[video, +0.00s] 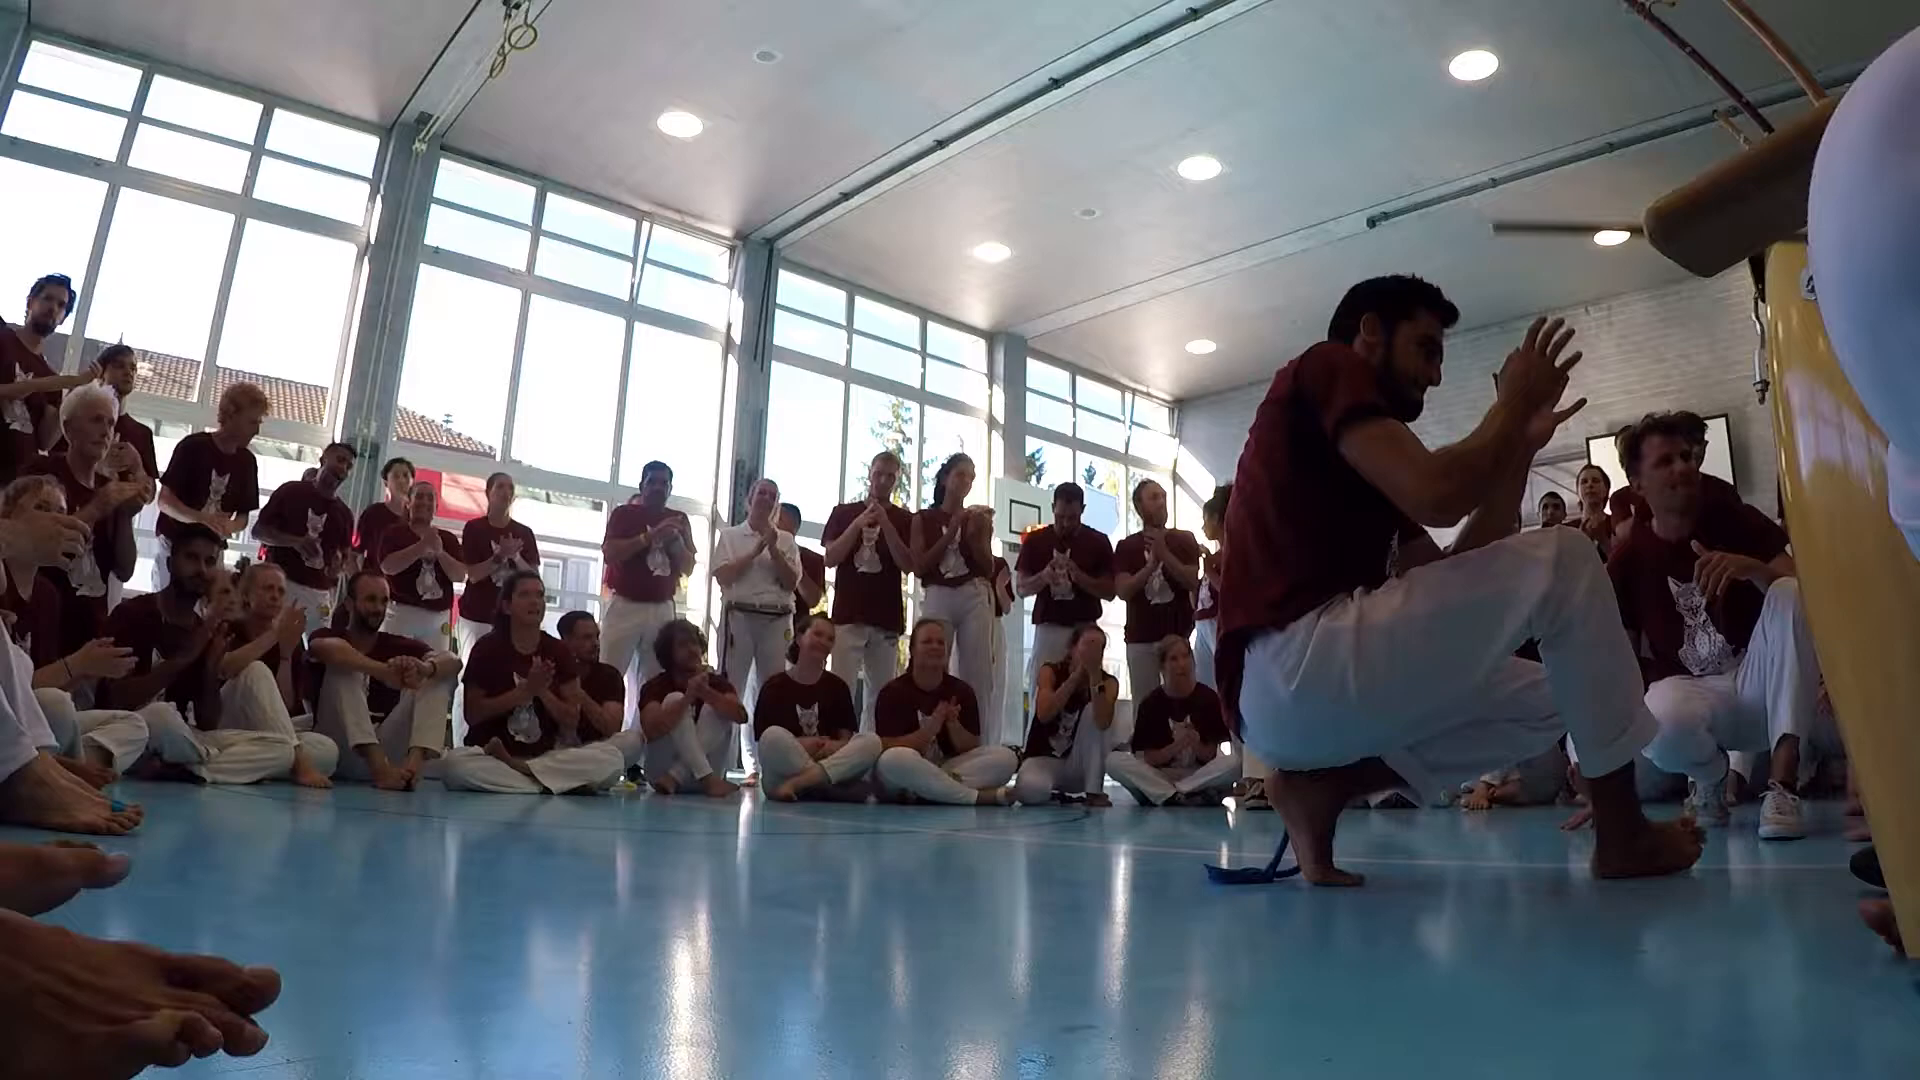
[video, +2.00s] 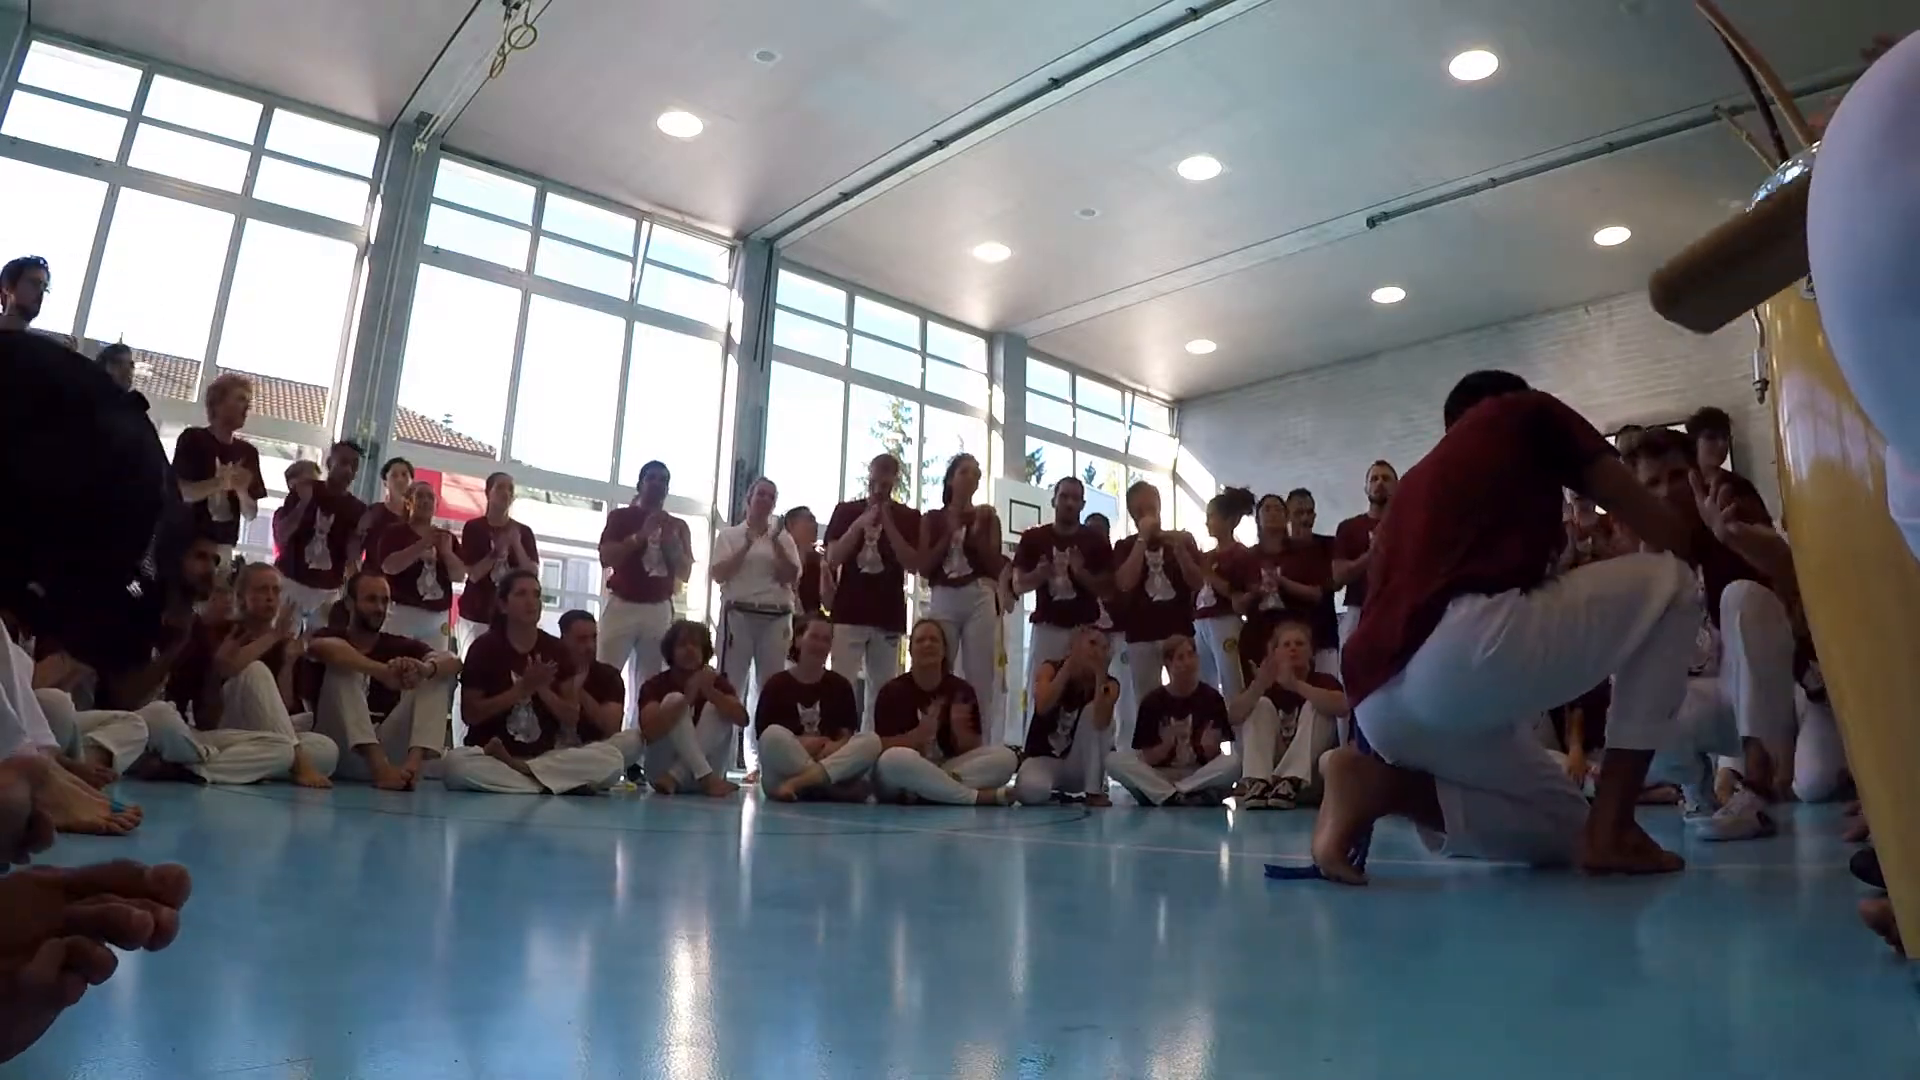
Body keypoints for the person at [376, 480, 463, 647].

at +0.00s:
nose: (425, 502)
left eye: (430, 498)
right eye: (420, 497)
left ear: (436, 506)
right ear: (409, 503)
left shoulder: (448, 538)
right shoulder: (395, 533)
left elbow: (460, 576)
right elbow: (387, 567)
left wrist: (440, 554)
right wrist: (421, 547)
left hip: (437, 615)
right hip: (400, 611)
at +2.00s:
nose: (425, 501)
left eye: (430, 497)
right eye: (420, 496)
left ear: (436, 504)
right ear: (409, 502)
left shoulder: (447, 538)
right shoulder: (395, 532)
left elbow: (459, 576)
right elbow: (388, 567)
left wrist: (447, 552)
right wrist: (422, 544)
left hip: (437, 614)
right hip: (401, 610)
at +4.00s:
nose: (429, 502)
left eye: (432, 497)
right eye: (423, 496)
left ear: (436, 502)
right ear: (407, 501)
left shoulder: (441, 537)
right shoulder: (397, 532)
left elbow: (456, 579)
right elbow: (392, 569)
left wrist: (457, 551)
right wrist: (427, 548)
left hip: (434, 614)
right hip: (401, 610)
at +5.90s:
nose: (424, 502)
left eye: (426, 496)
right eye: (416, 497)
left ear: (431, 501)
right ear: (403, 504)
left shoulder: (440, 533)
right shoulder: (394, 534)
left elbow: (456, 578)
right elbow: (391, 569)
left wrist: (446, 549)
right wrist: (429, 546)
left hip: (434, 615)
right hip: (400, 611)